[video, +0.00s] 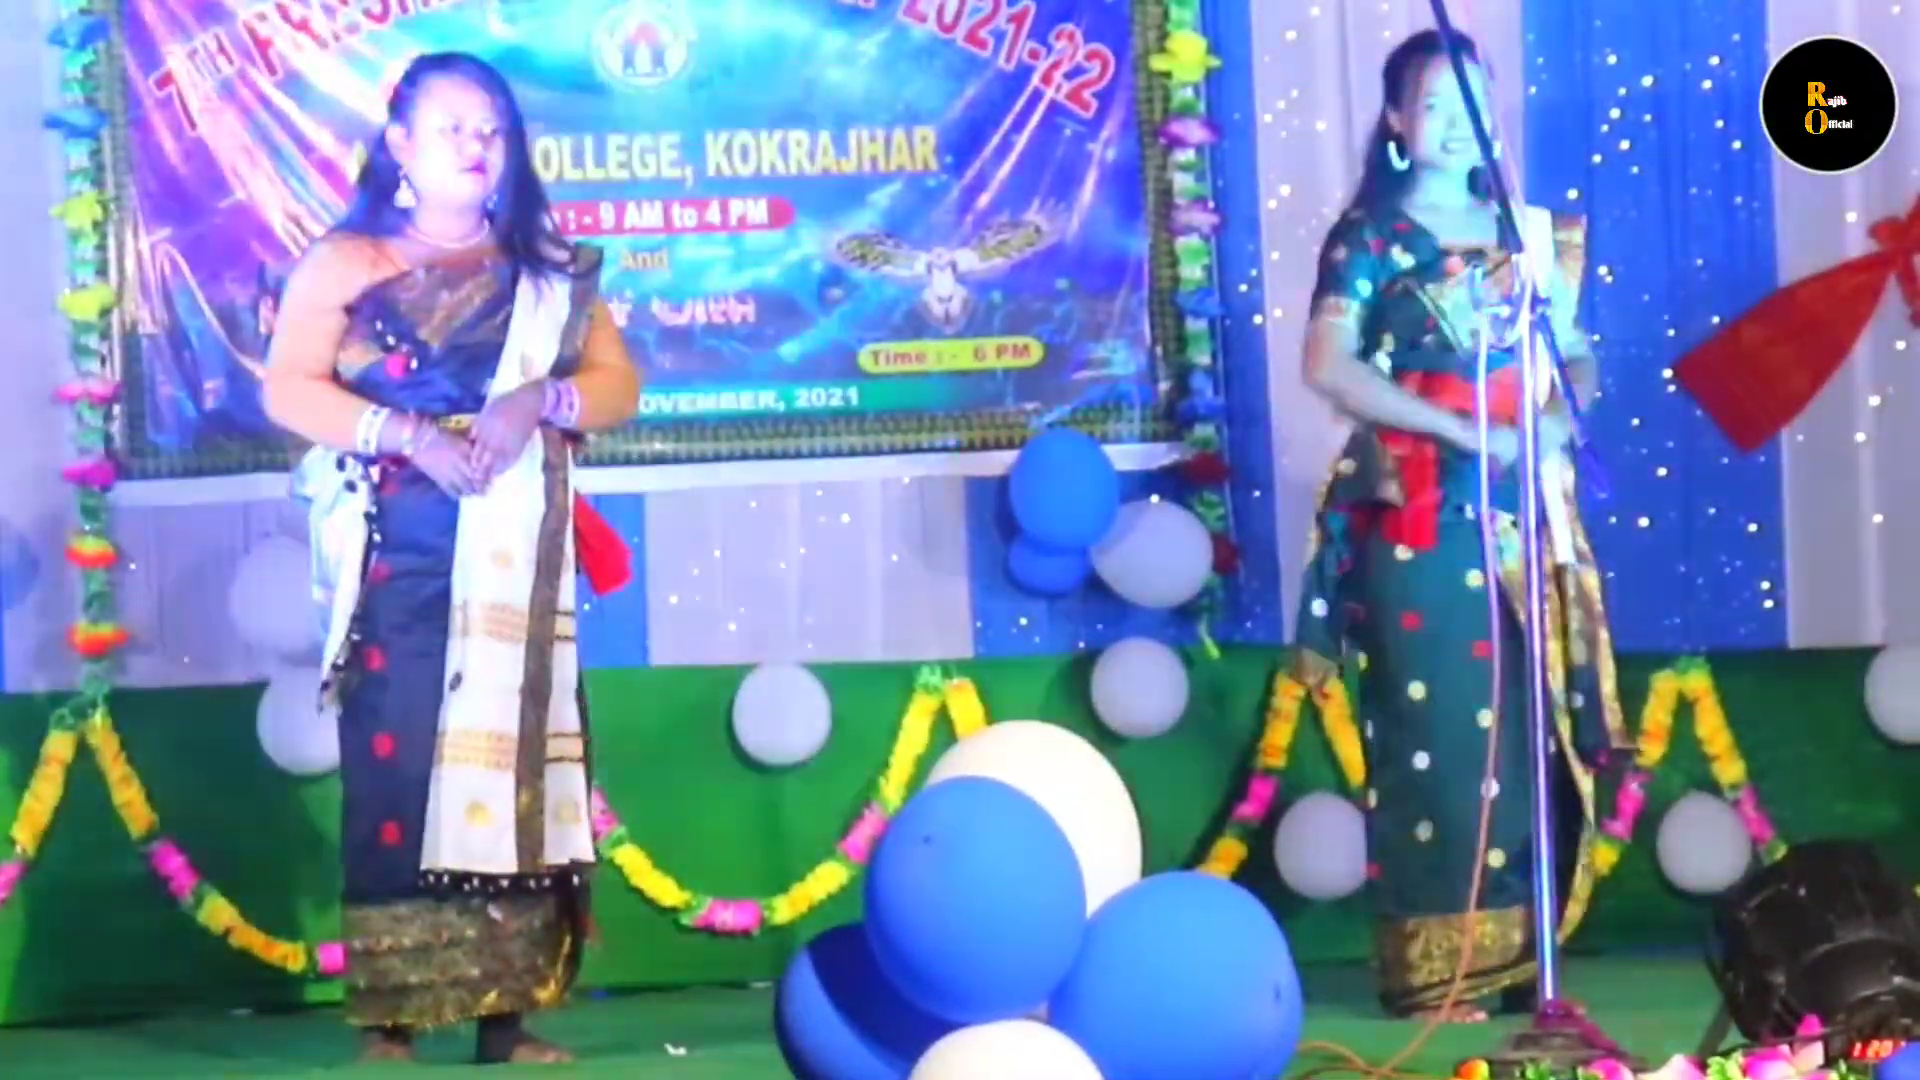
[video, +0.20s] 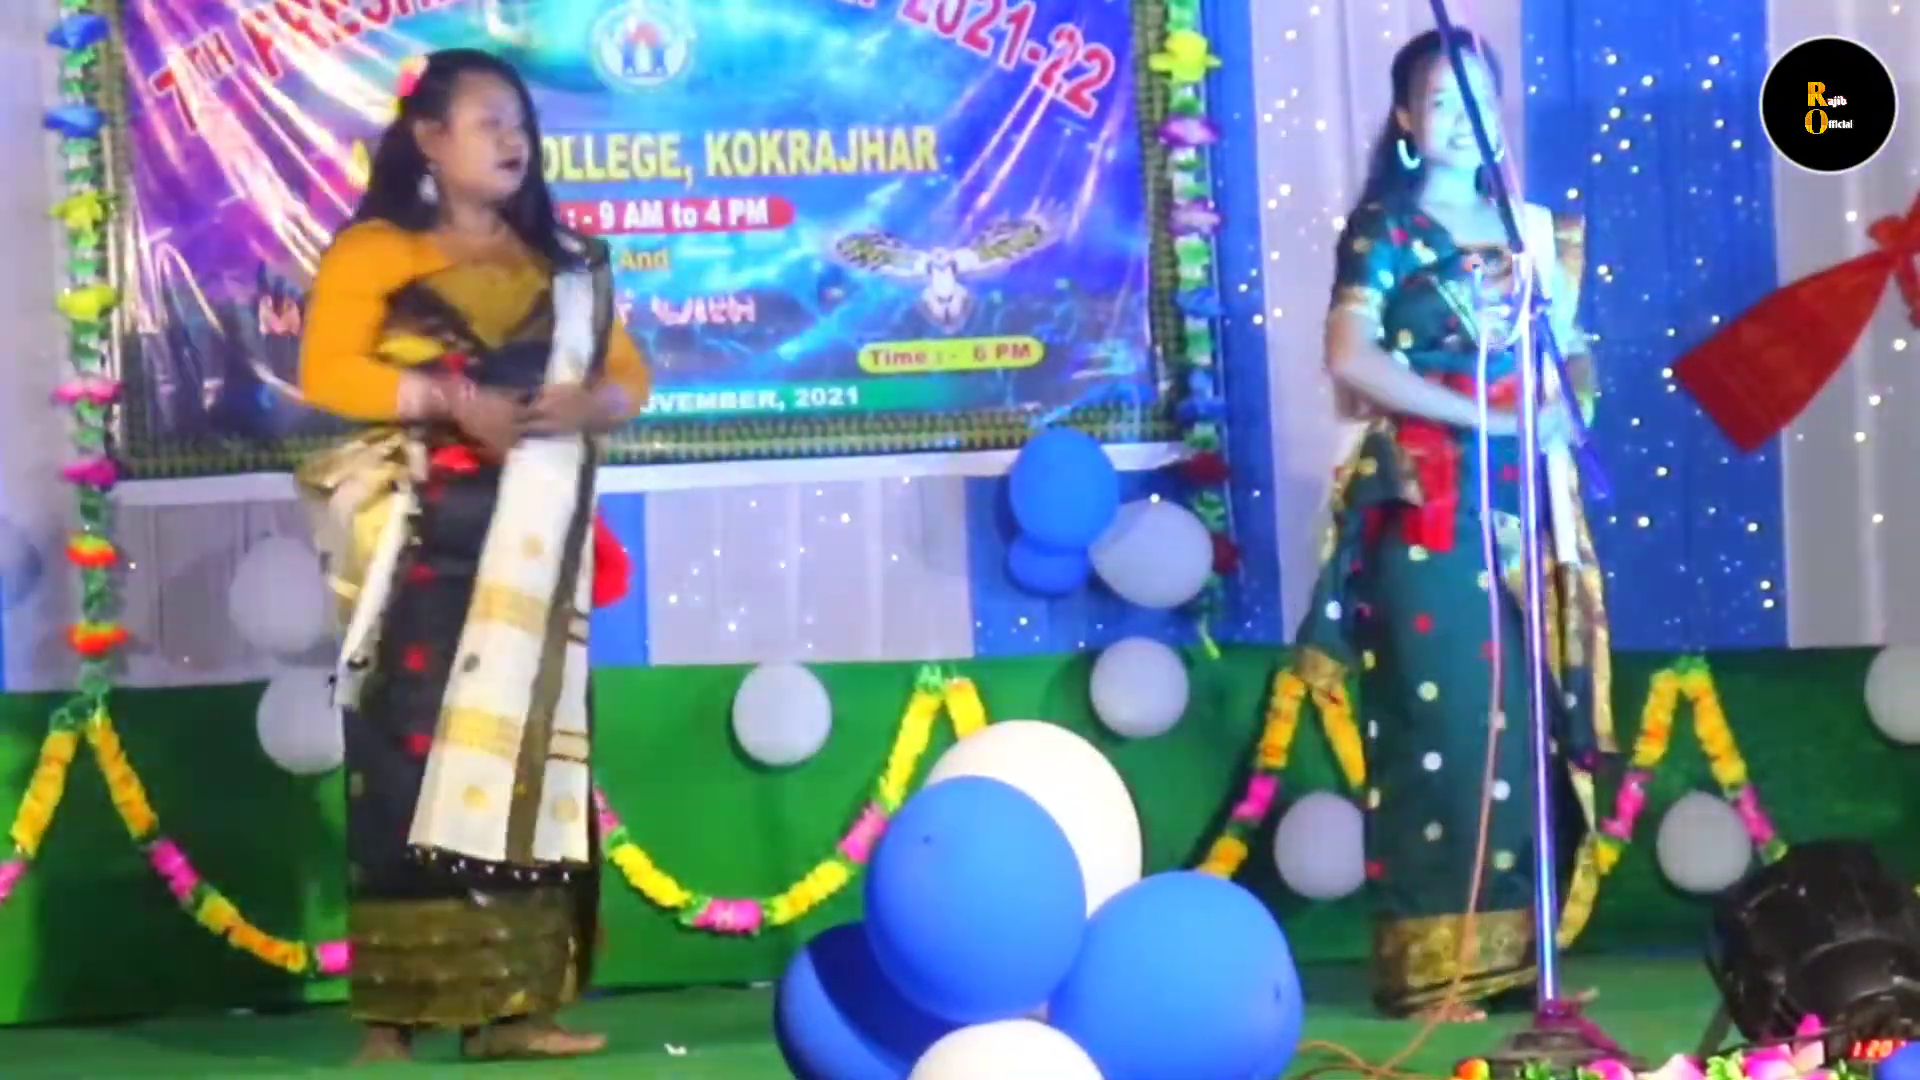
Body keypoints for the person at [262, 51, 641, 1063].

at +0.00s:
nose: (477, 152)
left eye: (492, 135)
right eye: (453, 133)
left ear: (511, 150)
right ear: (402, 147)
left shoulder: (549, 269)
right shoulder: (345, 264)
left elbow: (622, 386)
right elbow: (287, 389)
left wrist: (538, 399)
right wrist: (409, 433)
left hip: (520, 561)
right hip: (403, 559)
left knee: (518, 765)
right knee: (395, 771)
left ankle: (508, 1016)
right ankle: (386, 1017)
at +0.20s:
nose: (513, 141)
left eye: (519, 125)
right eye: (488, 126)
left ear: (529, 137)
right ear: (428, 141)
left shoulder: (556, 260)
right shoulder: (374, 251)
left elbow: (631, 380)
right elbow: (327, 374)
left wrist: (574, 406)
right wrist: (448, 397)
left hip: (536, 547)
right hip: (422, 544)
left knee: (530, 752)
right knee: (408, 760)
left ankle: (513, 1010)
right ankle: (390, 1012)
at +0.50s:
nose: (550, 125)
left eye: (547, 108)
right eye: (523, 115)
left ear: (547, 132)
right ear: (469, 148)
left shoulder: (528, 237)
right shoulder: (493, 236)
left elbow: (678, 318)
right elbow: (632, 280)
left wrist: (639, 213)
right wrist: (637, 202)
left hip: (550, 546)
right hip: (529, 549)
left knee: (563, 765)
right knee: (566, 766)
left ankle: (511, 1007)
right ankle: (497, 1013)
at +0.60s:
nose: (580, 114)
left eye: (570, 98)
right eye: (555, 102)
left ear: (489, 138)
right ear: (498, 131)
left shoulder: (460, 245)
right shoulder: (561, 230)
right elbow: (677, 326)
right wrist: (714, 280)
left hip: (502, 560)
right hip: (595, 549)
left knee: (543, 764)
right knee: (690, 708)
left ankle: (511, 1003)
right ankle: (635, 953)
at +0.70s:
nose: (596, 145)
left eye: (586, 127)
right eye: (569, 133)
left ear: (504, 169)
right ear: (515, 162)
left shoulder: (469, 282)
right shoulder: (589, 268)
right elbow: (687, 371)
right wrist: (783, 400)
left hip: (527, 588)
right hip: (634, 576)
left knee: (575, 792)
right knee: (723, 746)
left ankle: (524, 1018)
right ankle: (715, 986)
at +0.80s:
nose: (630, 188)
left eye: (622, 170)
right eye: (602, 178)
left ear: (543, 216)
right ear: (544, 210)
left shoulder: (513, 320)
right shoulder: (618, 305)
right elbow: (742, 424)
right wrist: (833, 436)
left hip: (571, 619)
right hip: (671, 612)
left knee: (622, 809)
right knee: (764, 777)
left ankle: (531, 1012)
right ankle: (717, 1014)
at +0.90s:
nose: (644, 165)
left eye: (637, 148)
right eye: (616, 155)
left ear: (570, 199)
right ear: (558, 193)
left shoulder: (555, 283)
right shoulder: (612, 274)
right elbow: (682, 379)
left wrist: (700, 333)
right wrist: (727, 351)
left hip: (606, 594)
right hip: (681, 588)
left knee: (661, 800)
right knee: (759, 779)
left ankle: (559, 968)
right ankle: (716, 1012)